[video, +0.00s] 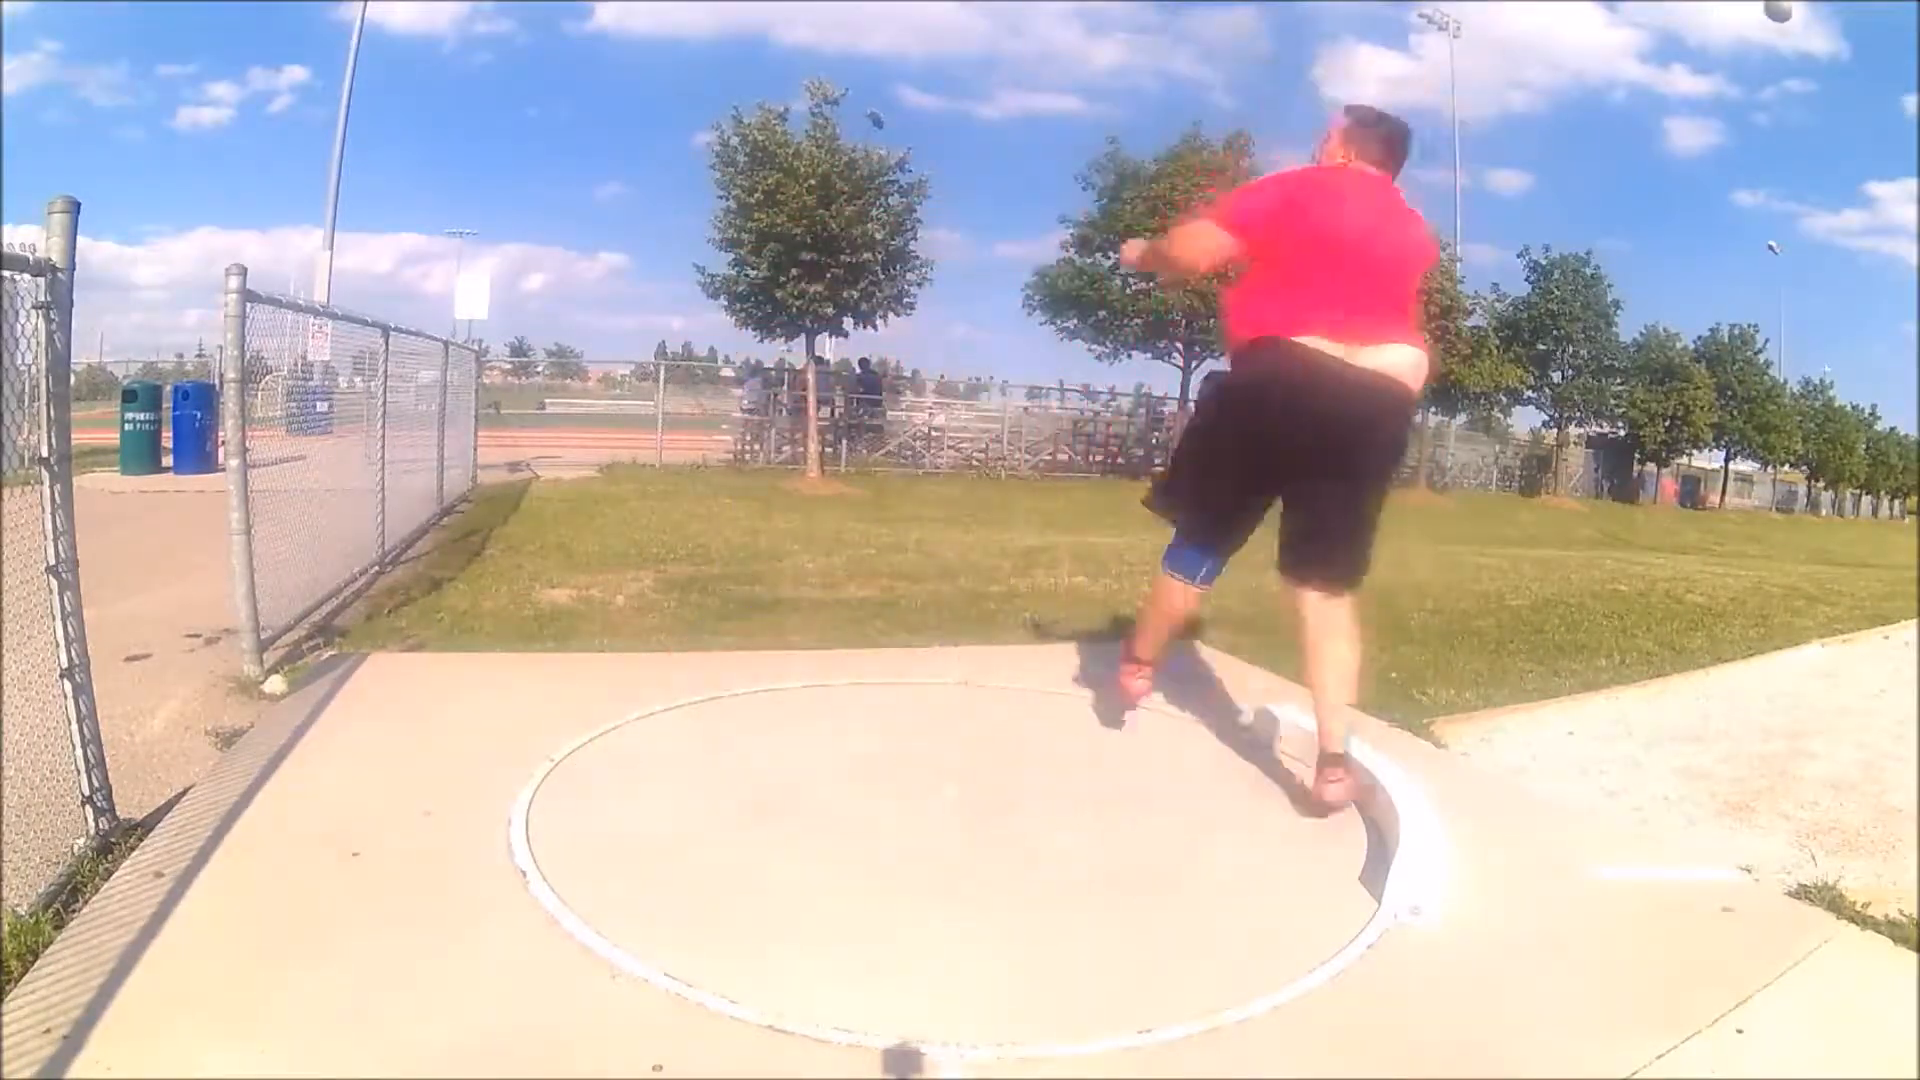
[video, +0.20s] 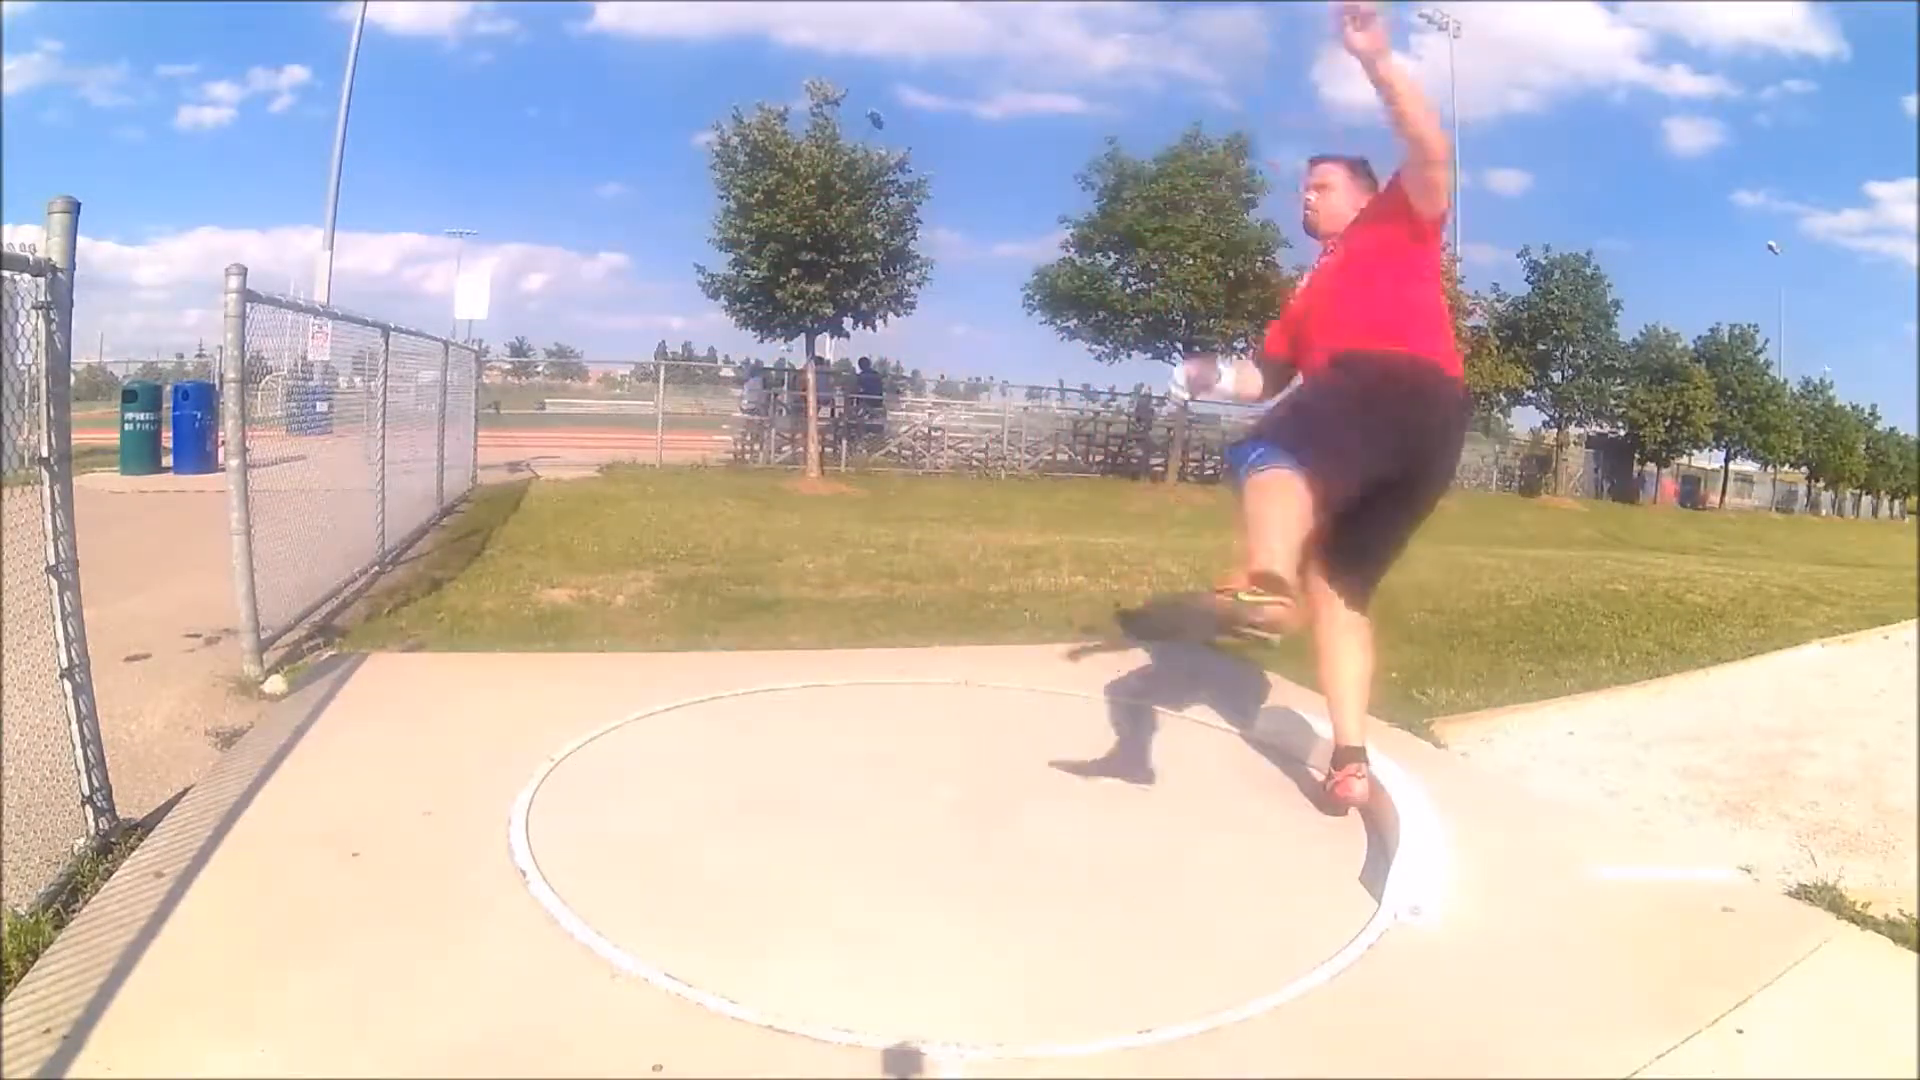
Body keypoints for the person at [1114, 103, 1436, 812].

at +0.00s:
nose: (1320, 145)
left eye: (1327, 137)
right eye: (1328, 138)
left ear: (1338, 143)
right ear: (1394, 165)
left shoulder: (1294, 186)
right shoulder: (1416, 228)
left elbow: (1194, 251)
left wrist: (1145, 254)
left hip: (1279, 381)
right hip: (1379, 405)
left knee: (1202, 539)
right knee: (1328, 583)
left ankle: (1136, 671)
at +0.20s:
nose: (1308, 195)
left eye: (1323, 184)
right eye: (1304, 190)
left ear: (1366, 190)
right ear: (1309, 212)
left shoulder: (1399, 218)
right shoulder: (1309, 292)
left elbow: (1430, 152)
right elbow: (1265, 373)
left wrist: (1378, 57)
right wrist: (1216, 376)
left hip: (1392, 378)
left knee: (1273, 454)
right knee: (1338, 577)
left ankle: (1269, 582)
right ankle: (1350, 756)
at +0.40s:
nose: (1338, 163)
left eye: (1351, 155)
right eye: (1326, 159)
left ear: (1375, 169)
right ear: (1310, 178)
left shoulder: (1425, 203)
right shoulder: (1294, 237)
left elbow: (1486, 132)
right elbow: (1245, 223)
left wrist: (1506, 51)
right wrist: (1258, 131)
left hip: (1445, 389)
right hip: (1359, 420)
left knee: (1500, 504)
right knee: (1335, 558)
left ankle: (1573, 542)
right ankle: (1359, 736)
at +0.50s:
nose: (1374, 160)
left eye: (1381, 154)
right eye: (1358, 152)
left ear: (1389, 166)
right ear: (1327, 163)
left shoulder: (1425, 210)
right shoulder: (1309, 210)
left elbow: (1478, 171)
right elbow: (1288, 142)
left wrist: (1506, 120)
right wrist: (1307, 43)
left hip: (1465, 400)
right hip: (1364, 421)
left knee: (1534, 539)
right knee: (1341, 567)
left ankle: (1514, 597)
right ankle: (1359, 728)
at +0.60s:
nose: (1414, 171)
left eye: (1417, 165)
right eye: (1400, 162)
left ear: (1414, 182)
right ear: (1364, 171)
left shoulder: (1423, 236)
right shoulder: (1344, 219)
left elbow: (1446, 231)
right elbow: (1361, 130)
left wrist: (1476, 191)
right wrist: (1391, 33)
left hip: (1469, 429)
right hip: (1379, 431)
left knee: (1488, 571)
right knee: (1360, 580)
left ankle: (1445, 663)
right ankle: (1354, 735)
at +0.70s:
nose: (1437, 192)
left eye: (1434, 184)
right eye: (1424, 182)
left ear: (1389, 197)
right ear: (1396, 189)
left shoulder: (1412, 257)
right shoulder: (1395, 227)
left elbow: (1356, 364)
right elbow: (1465, 160)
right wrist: (1502, 98)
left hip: (1454, 450)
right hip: (1403, 437)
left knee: (1445, 595)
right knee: (1400, 586)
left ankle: (1388, 708)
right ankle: (1330, 745)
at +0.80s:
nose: (1448, 213)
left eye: (1444, 204)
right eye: (1444, 204)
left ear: (1387, 212)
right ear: (1431, 204)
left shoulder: (1368, 275)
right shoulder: (1441, 240)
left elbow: (1350, 373)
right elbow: (1537, 236)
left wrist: (1355, 428)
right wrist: (1593, 210)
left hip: (1386, 434)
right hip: (1422, 434)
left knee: (1451, 582)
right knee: (1414, 584)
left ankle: (1388, 703)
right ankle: (1321, 746)